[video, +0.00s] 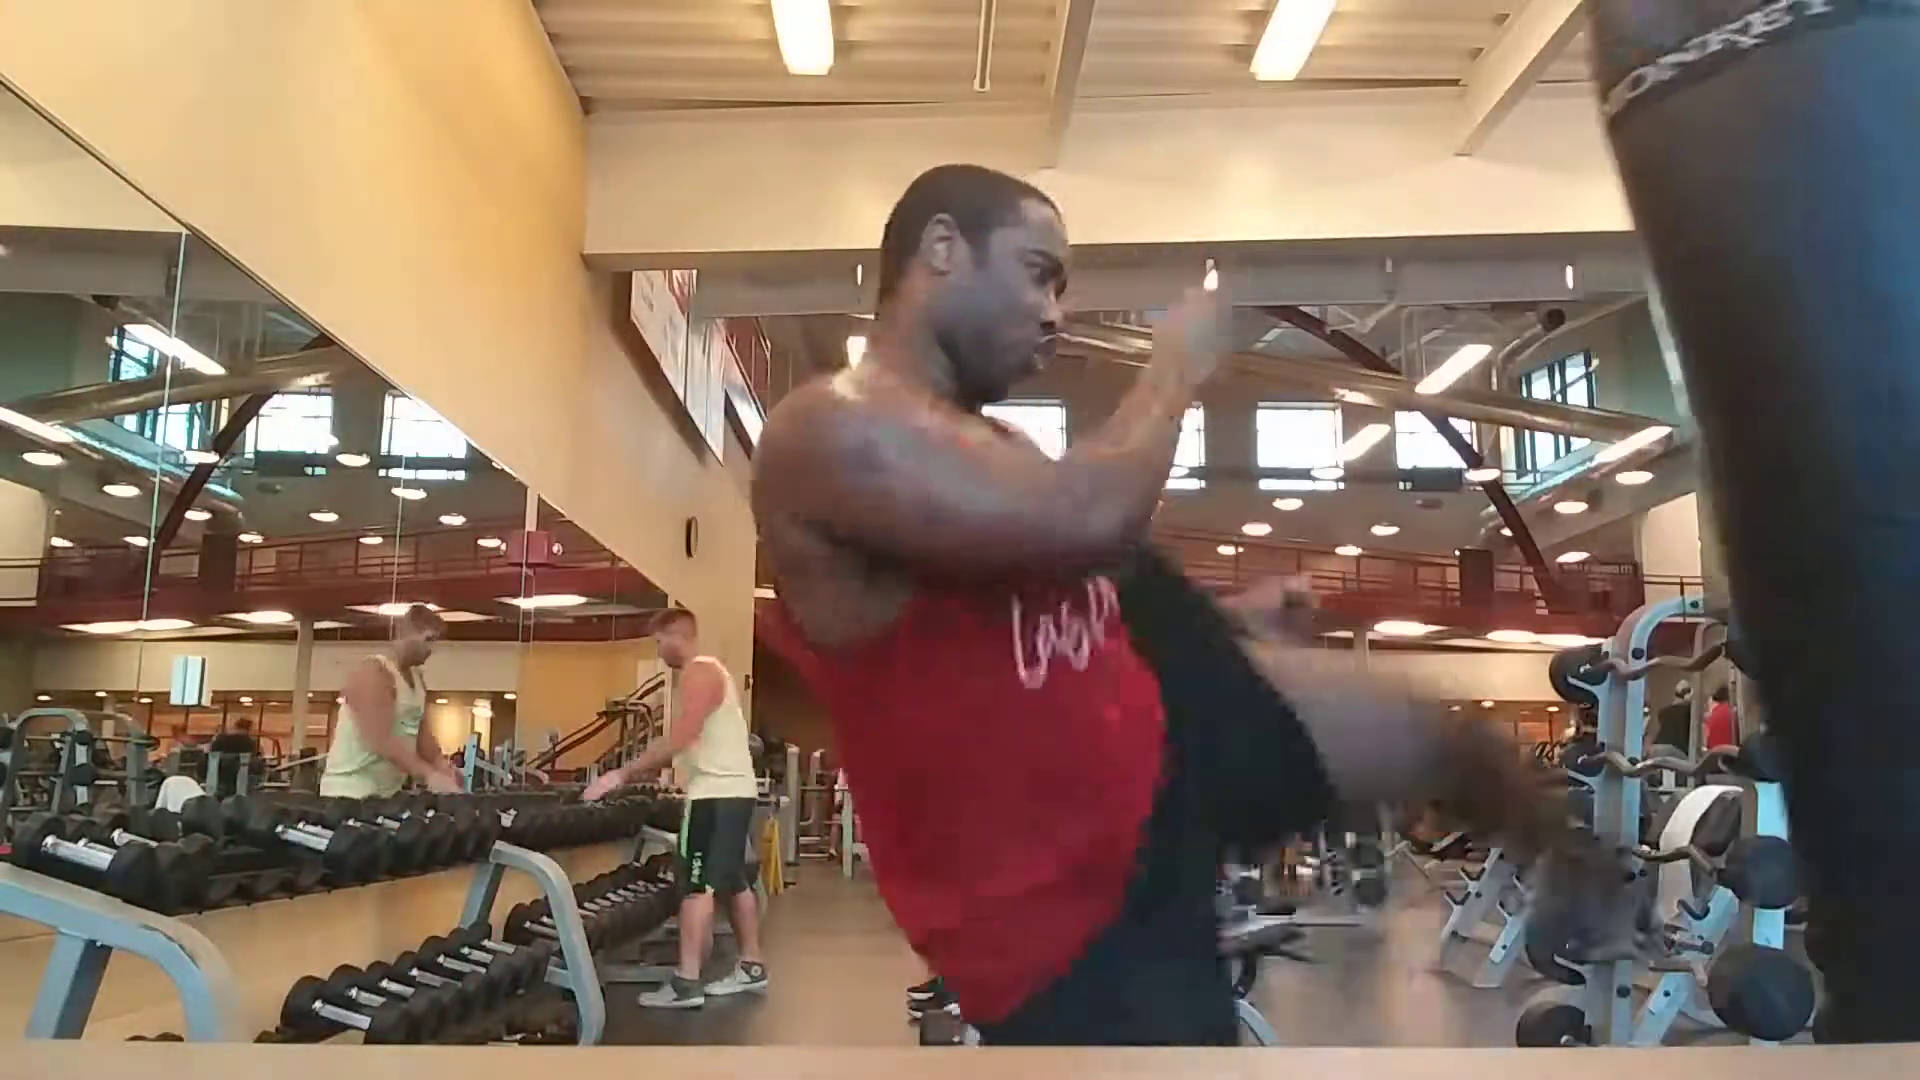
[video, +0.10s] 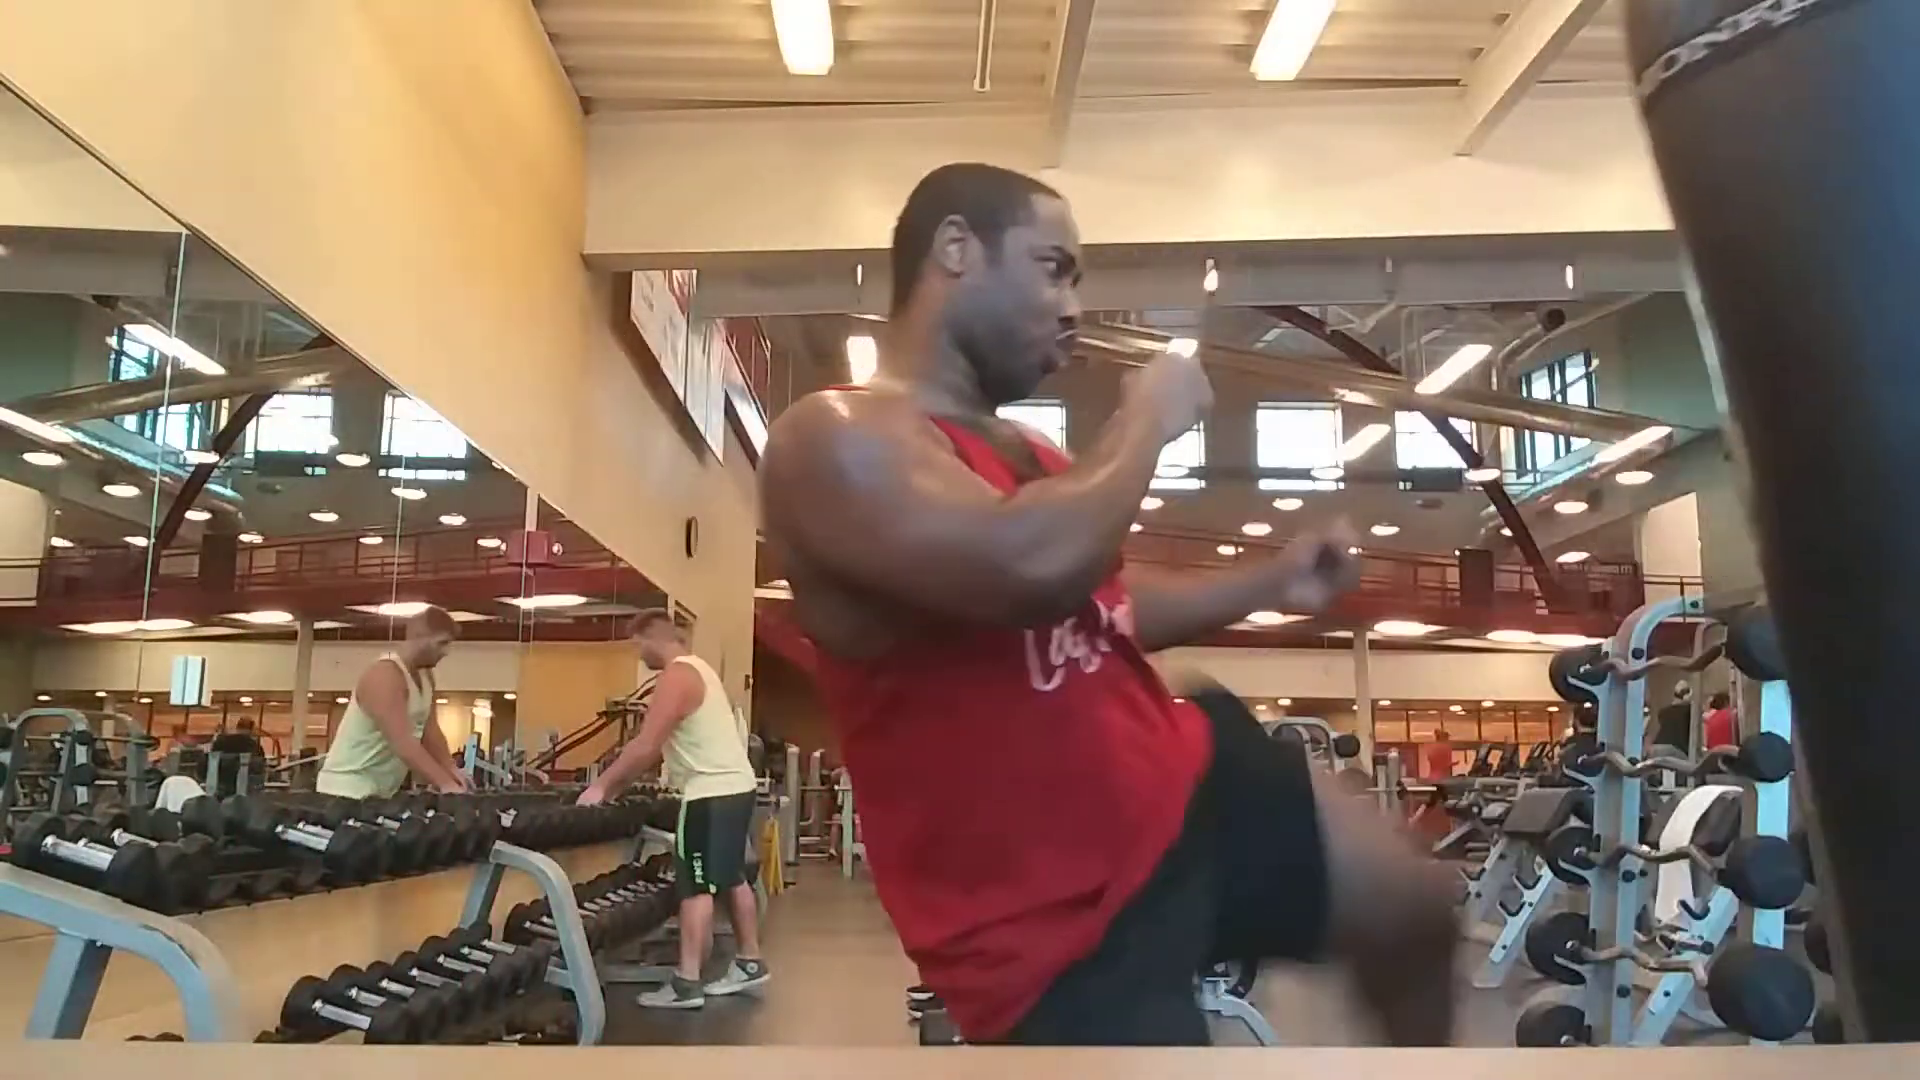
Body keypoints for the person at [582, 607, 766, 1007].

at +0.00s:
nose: (659, 651)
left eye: (661, 642)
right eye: (657, 643)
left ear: (679, 636)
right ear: (687, 636)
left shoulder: (699, 671)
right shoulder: (711, 671)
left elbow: (679, 741)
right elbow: (689, 741)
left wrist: (619, 775)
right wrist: (640, 767)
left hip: (714, 794)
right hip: (732, 793)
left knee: (696, 887)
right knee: (735, 882)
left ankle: (687, 981)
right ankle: (751, 968)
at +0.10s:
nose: (639, 656)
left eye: (639, 647)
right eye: (637, 648)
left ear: (655, 639)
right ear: (671, 637)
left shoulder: (677, 675)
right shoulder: (698, 671)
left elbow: (646, 745)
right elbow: (657, 747)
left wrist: (602, 786)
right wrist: (617, 783)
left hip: (709, 794)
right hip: (735, 790)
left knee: (695, 888)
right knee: (733, 879)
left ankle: (687, 983)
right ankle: (750, 964)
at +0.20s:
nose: (623, 661)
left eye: (622, 652)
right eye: (620, 653)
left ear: (635, 645)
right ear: (657, 638)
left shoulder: (662, 679)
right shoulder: (688, 669)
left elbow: (634, 751)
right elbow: (652, 741)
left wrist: (595, 796)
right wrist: (613, 778)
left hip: (704, 794)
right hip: (736, 786)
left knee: (693, 890)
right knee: (743, 879)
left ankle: (686, 983)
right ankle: (752, 963)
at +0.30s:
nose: (613, 662)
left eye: (613, 652)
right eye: (611, 654)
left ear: (629, 644)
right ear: (643, 641)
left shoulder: (651, 683)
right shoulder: (677, 670)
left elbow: (633, 756)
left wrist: (595, 797)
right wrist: (610, 786)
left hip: (701, 792)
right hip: (735, 782)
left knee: (691, 890)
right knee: (747, 877)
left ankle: (686, 984)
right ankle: (762, 957)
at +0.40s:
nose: (608, 666)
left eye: (607, 657)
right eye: (605, 658)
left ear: (621, 647)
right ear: (639, 642)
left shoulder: (646, 683)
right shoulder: (673, 669)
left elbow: (634, 754)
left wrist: (600, 795)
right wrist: (615, 780)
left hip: (698, 792)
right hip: (735, 781)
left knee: (690, 890)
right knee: (750, 875)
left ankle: (686, 984)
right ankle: (773, 952)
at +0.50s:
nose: (607, 665)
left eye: (605, 656)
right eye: (603, 658)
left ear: (619, 648)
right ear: (636, 642)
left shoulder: (643, 683)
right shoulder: (670, 669)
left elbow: (632, 756)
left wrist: (598, 796)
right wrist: (615, 776)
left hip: (696, 792)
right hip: (734, 780)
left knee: (689, 891)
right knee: (753, 873)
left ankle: (687, 984)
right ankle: (780, 951)